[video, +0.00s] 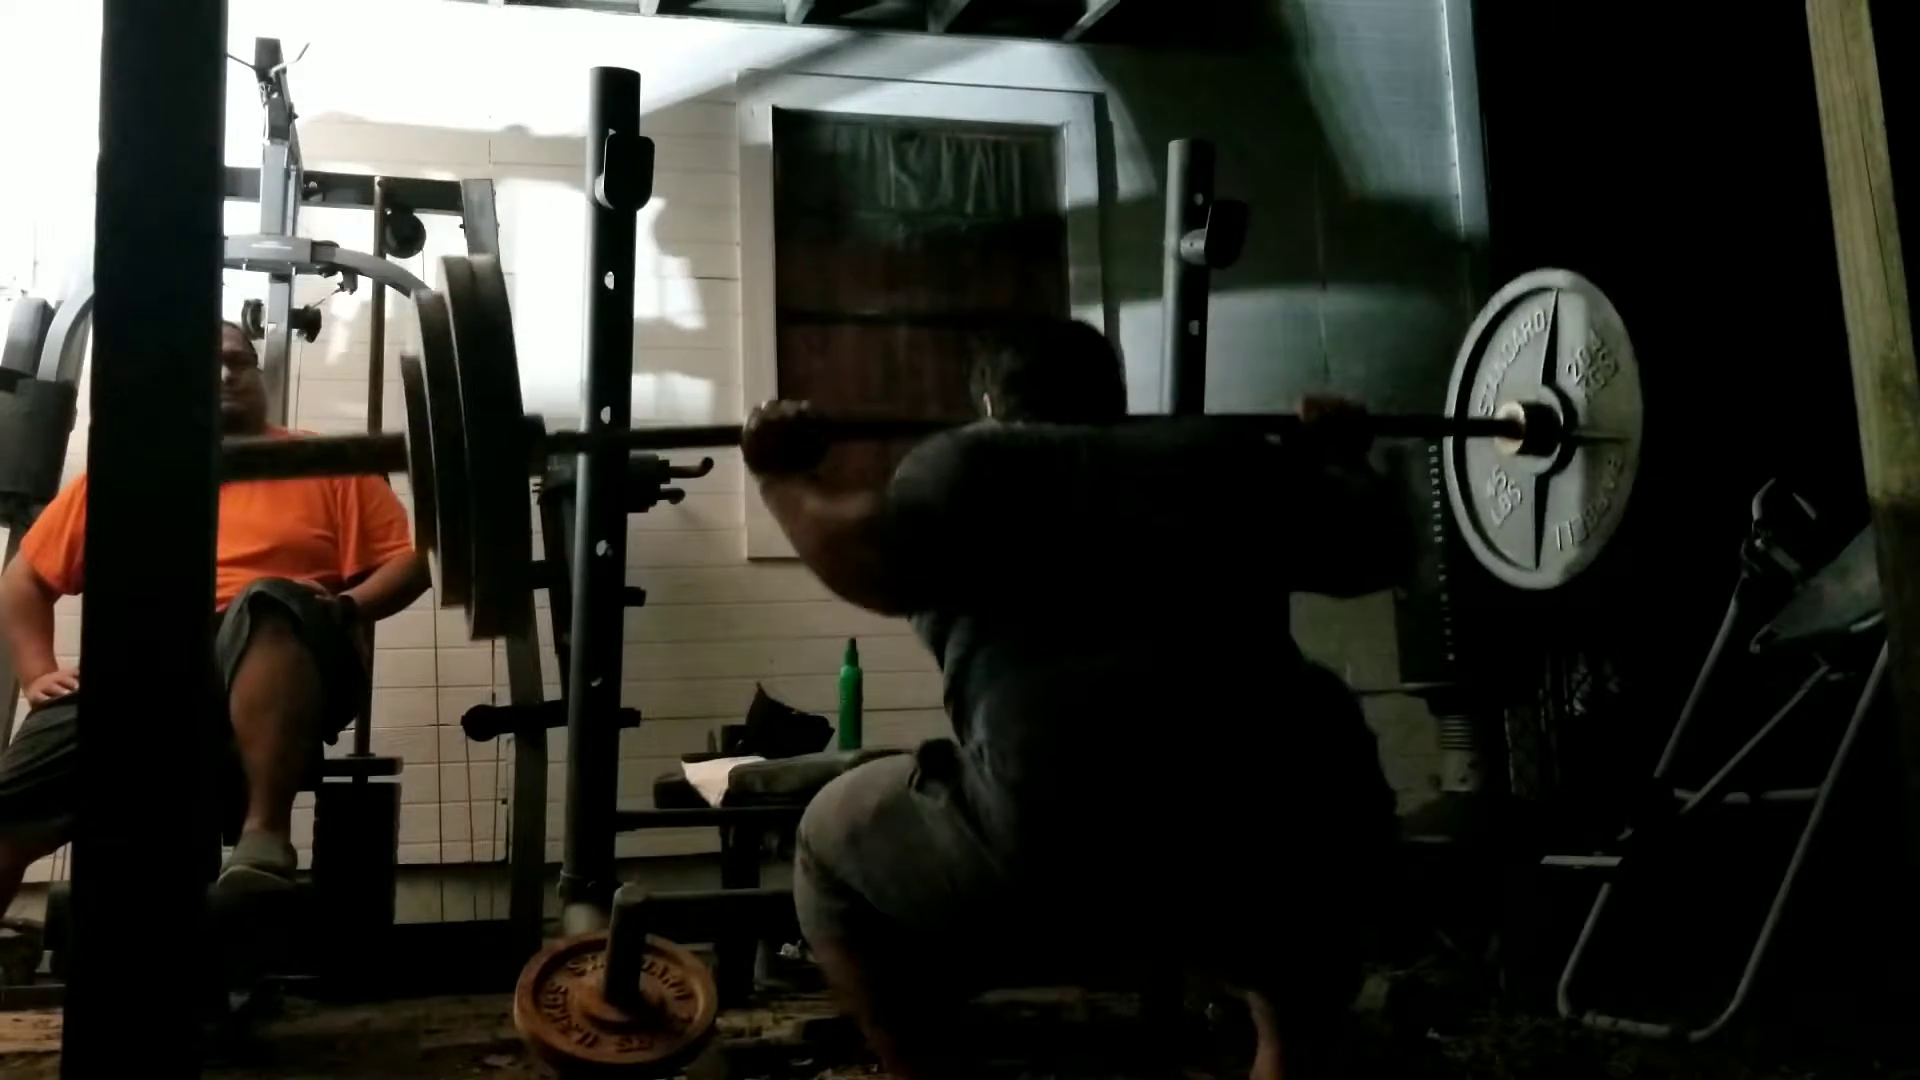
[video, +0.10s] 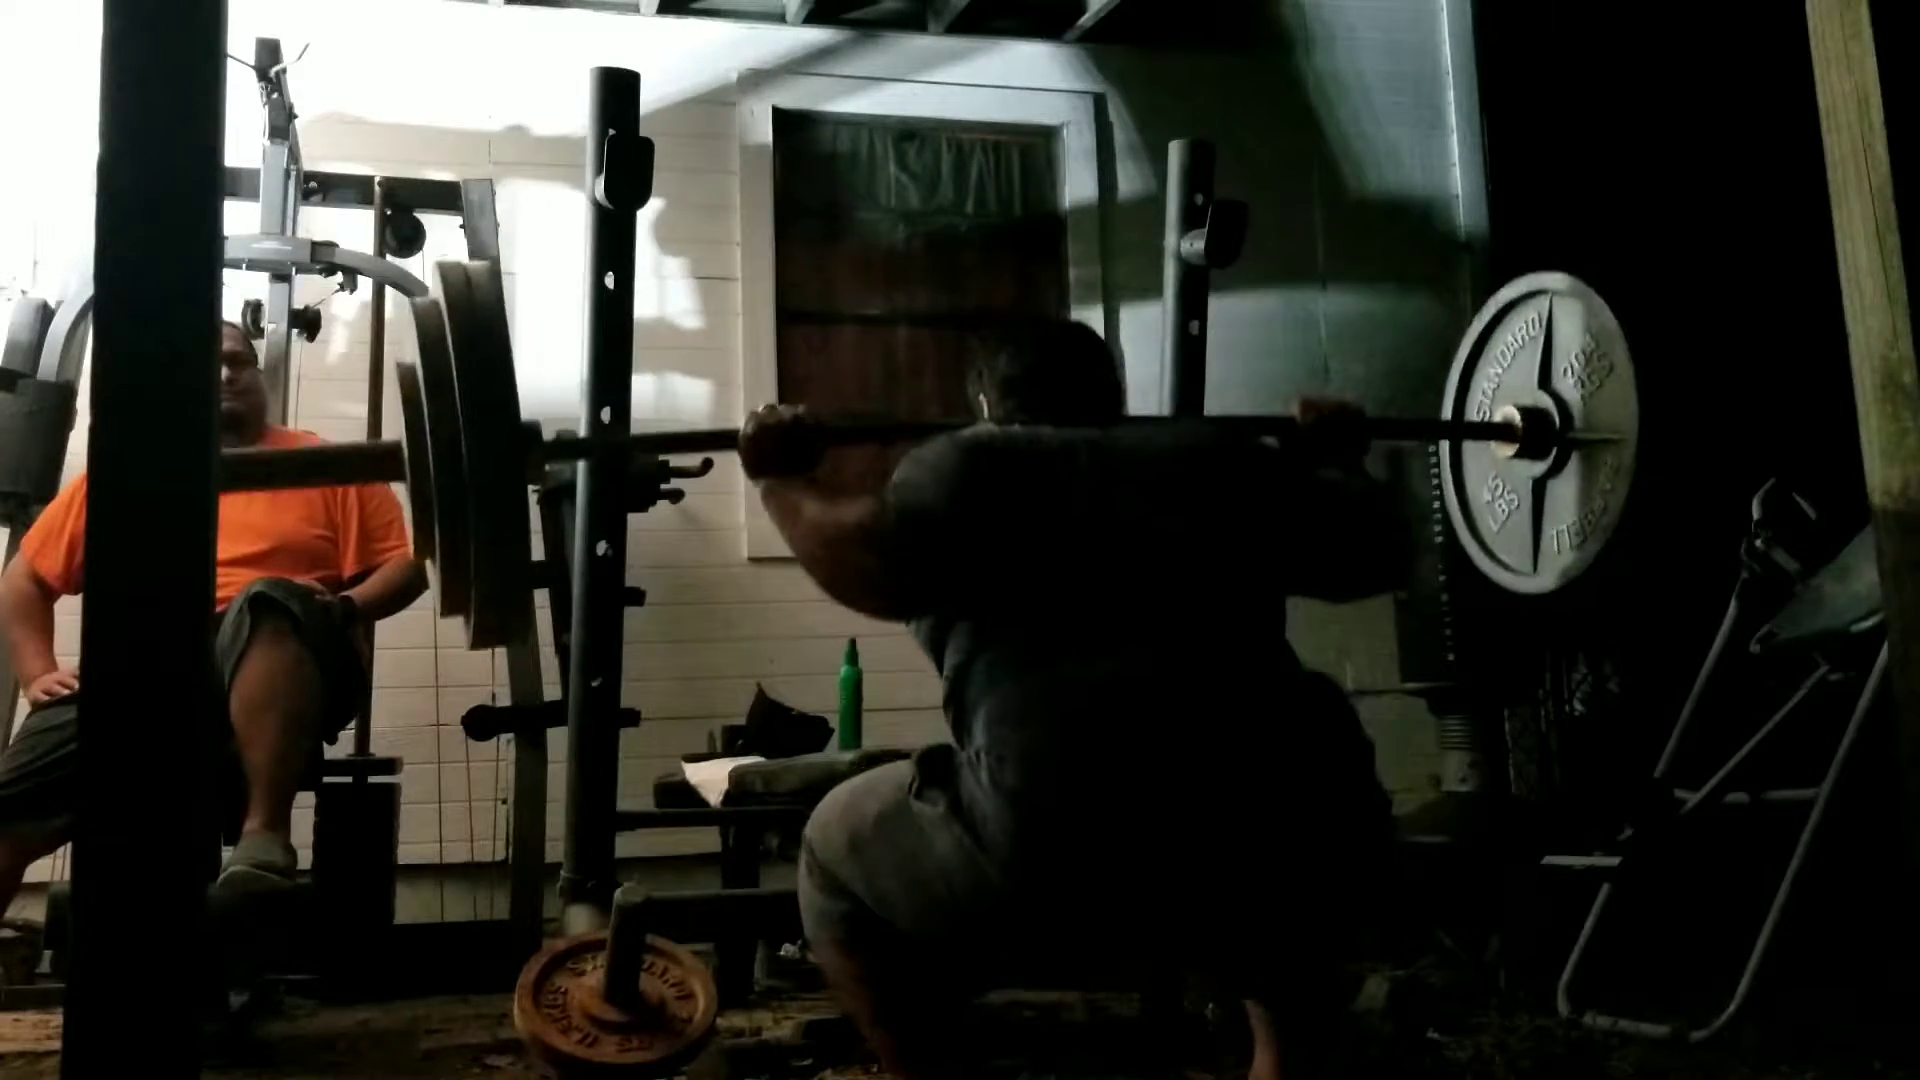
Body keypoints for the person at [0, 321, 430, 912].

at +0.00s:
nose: (226, 374)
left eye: (238, 362)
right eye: (210, 363)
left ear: (262, 376)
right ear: (185, 378)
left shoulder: (329, 464)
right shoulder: (131, 467)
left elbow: (408, 563)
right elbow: (24, 576)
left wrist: (347, 604)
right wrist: (37, 671)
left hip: (289, 666)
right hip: (147, 664)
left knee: (271, 604)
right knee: (9, 811)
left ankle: (265, 831)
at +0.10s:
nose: (228, 374)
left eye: (239, 362)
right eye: (212, 363)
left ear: (262, 376)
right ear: (185, 377)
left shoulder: (319, 460)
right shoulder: (132, 465)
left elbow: (405, 566)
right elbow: (24, 576)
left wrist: (347, 605)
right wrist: (37, 670)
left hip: (287, 664)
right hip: (147, 664)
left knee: (270, 605)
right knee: (11, 809)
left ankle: (264, 831)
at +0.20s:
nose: (227, 377)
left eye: (238, 363)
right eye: (211, 364)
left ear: (262, 376)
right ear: (184, 380)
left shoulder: (333, 471)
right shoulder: (127, 473)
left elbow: (407, 565)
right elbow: (25, 576)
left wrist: (347, 605)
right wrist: (37, 671)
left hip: (287, 669)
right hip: (144, 667)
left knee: (270, 604)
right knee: (10, 809)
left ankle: (264, 831)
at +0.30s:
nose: (228, 376)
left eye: (238, 360)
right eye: (212, 362)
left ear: (263, 376)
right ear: (182, 377)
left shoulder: (324, 465)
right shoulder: (129, 470)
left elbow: (415, 559)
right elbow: (24, 576)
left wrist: (347, 604)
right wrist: (36, 672)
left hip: (285, 672)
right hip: (142, 669)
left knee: (272, 604)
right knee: (10, 813)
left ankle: (265, 829)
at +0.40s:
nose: (227, 375)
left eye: (241, 361)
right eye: (210, 362)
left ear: (266, 380)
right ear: (185, 380)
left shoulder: (325, 466)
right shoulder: (129, 471)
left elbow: (414, 559)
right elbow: (24, 576)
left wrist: (348, 604)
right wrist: (37, 671)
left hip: (279, 664)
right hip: (140, 665)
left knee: (271, 605)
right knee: (11, 814)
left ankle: (264, 831)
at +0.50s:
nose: (226, 376)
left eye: (238, 362)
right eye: (209, 364)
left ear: (263, 376)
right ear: (184, 380)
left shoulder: (324, 465)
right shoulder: (132, 468)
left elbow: (415, 560)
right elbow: (24, 576)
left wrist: (347, 604)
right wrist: (36, 672)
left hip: (286, 669)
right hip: (145, 667)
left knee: (273, 605)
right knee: (9, 809)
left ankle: (265, 829)